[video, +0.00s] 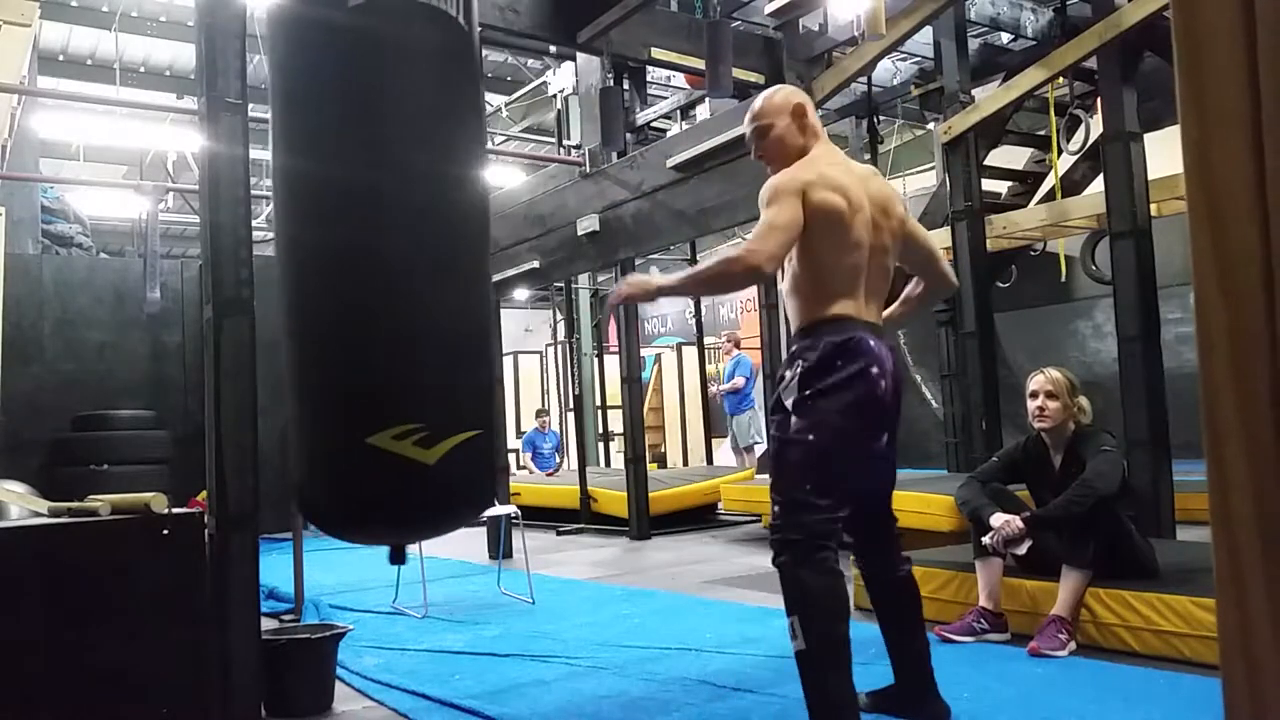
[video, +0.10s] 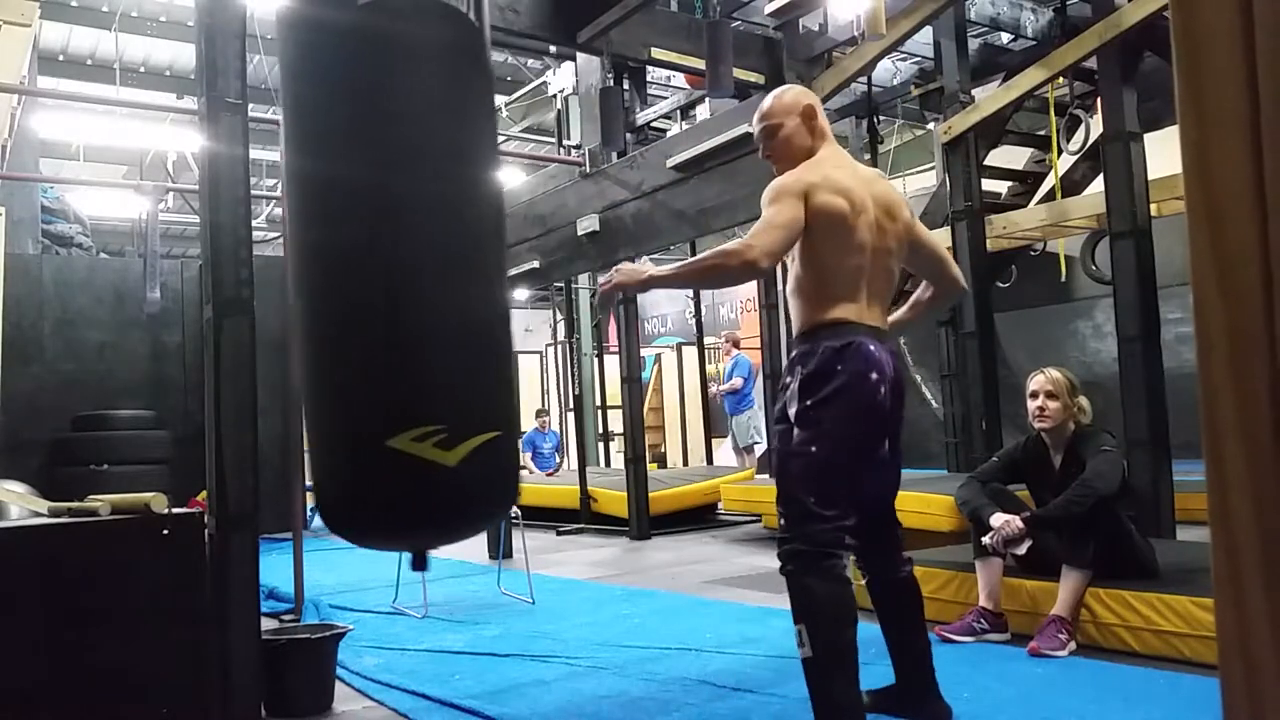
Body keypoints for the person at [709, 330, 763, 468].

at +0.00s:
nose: (721, 346)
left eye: (724, 342)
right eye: (721, 343)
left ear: (733, 343)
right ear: (728, 344)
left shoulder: (743, 360)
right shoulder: (730, 362)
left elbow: (739, 383)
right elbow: (729, 383)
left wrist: (719, 389)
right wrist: (719, 391)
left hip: (743, 410)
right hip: (732, 411)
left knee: (748, 447)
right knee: (736, 448)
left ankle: (753, 478)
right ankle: (742, 477)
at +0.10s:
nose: (721, 346)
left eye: (723, 343)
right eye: (721, 343)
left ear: (731, 343)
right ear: (729, 343)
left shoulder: (742, 360)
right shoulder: (730, 361)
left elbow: (737, 383)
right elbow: (730, 384)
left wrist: (718, 389)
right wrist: (719, 391)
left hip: (744, 410)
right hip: (732, 411)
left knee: (748, 448)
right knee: (737, 448)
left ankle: (751, 479)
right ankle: (741, 477)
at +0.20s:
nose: (721, 346)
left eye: (723, 343)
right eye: (721, 343)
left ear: (730, 343)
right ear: (728, 344)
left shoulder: (741, 360)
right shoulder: (731, 361)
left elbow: (735, 384)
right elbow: (730, 384)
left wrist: (718, 389)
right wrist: (720, 392)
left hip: (744, 410)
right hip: (733, 411)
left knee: (748, 449)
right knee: (738, 448)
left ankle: (751, 479)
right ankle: (742, 477)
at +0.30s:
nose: (721, 346)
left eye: (722, 343)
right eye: (721, 343)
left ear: (728, 344)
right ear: (730, 344)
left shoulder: (739, 360)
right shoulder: (731, 361)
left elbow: (733, 384)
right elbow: (728, 382)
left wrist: (718, 390)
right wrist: (719, 390)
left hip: (744, 411)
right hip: (735, 412)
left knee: (749, 448)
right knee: (739, 448)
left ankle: (751, 479)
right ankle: (743, 477)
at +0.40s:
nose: (720, 347)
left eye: (721, 343)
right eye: (720, 343)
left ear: (727, 344)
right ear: (731, 344)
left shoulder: (737, 360)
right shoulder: (731, 361)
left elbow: (732, 384)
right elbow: (727, 383)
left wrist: (718, 391)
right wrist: (719, 391)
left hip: (744, 411)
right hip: (735, 412)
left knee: (748, 448)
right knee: (740, 448)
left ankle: (751, 479)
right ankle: (744, 477)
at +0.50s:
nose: (720, 346)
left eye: (721, 343)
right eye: (720, 343)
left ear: (726, 344)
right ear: (732, 344)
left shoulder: (736, 360)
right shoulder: (731, 361)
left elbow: (730, 385)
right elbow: (727, 382)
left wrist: (718, 391)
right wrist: (719, 391)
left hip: (744, 410)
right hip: (736, 412)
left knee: (748, 448)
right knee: (741, 449)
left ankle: (751, 479)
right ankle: (743, 477)